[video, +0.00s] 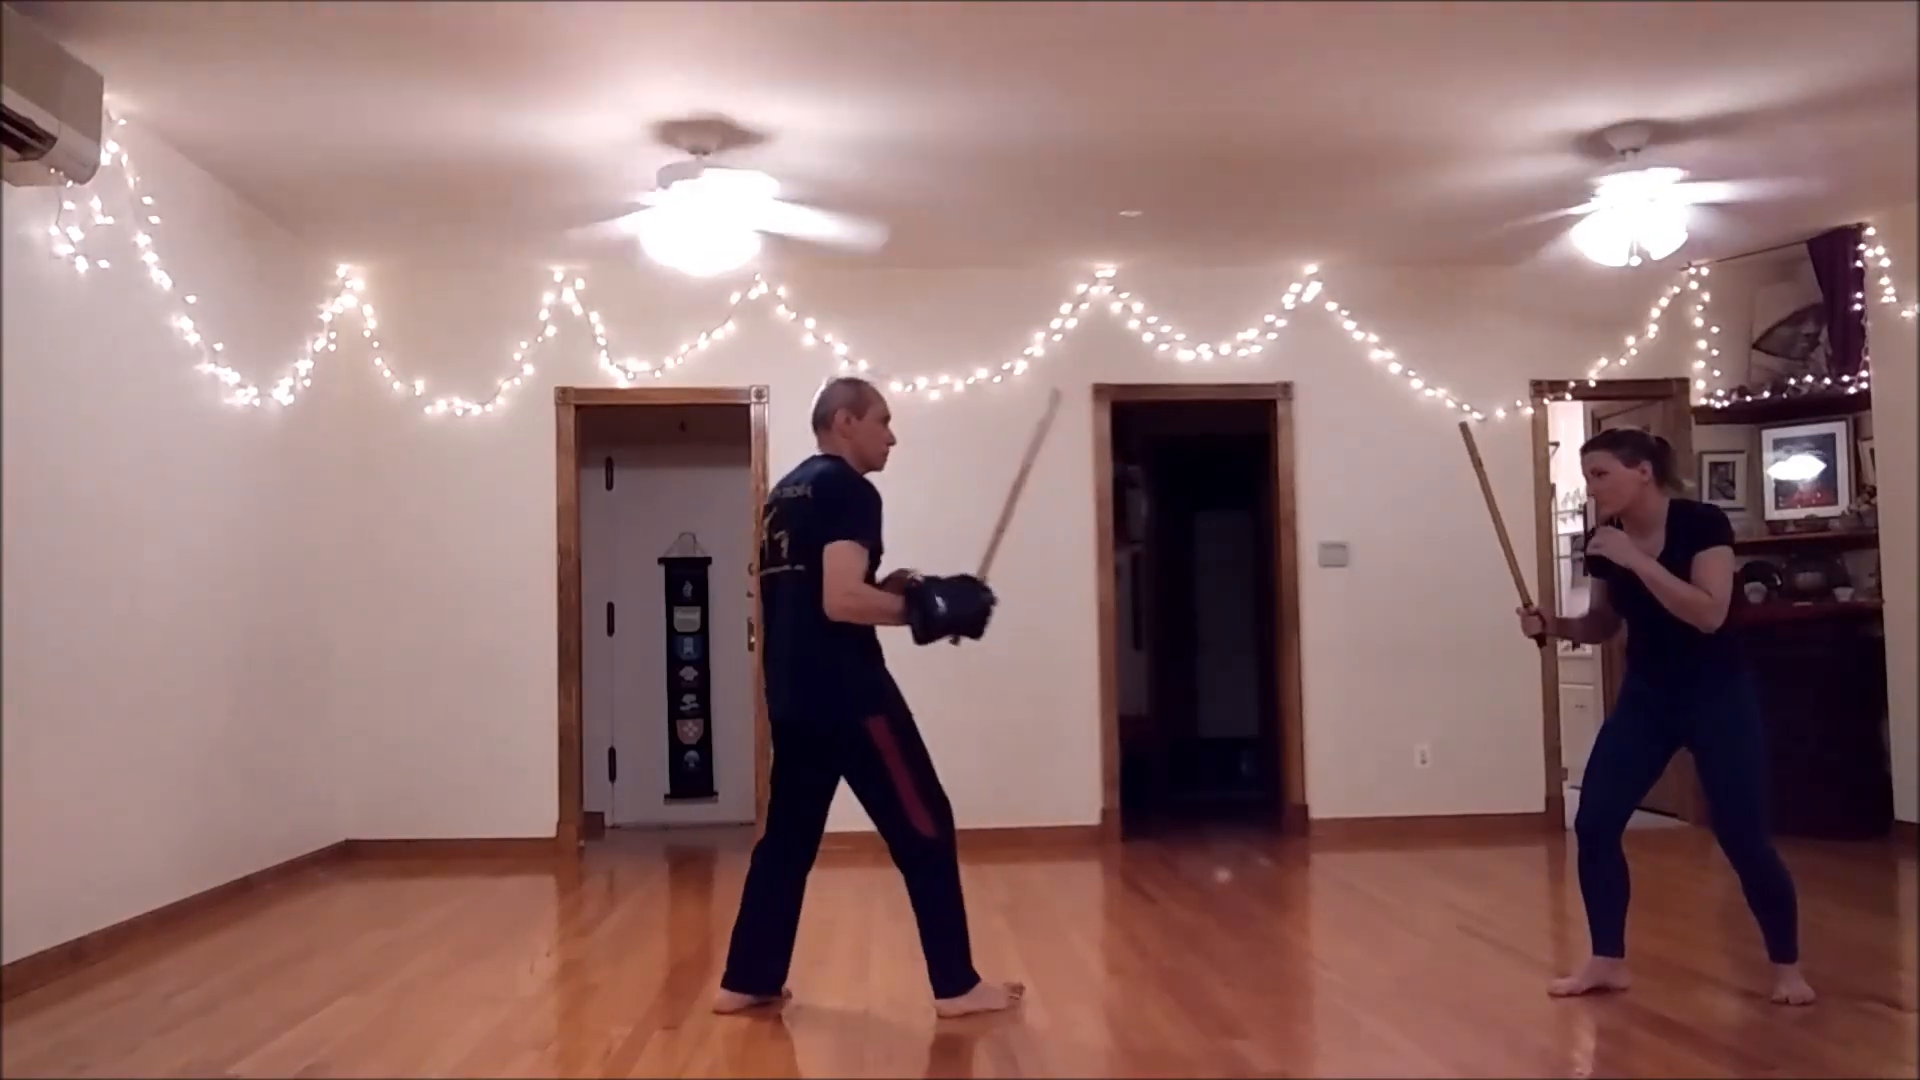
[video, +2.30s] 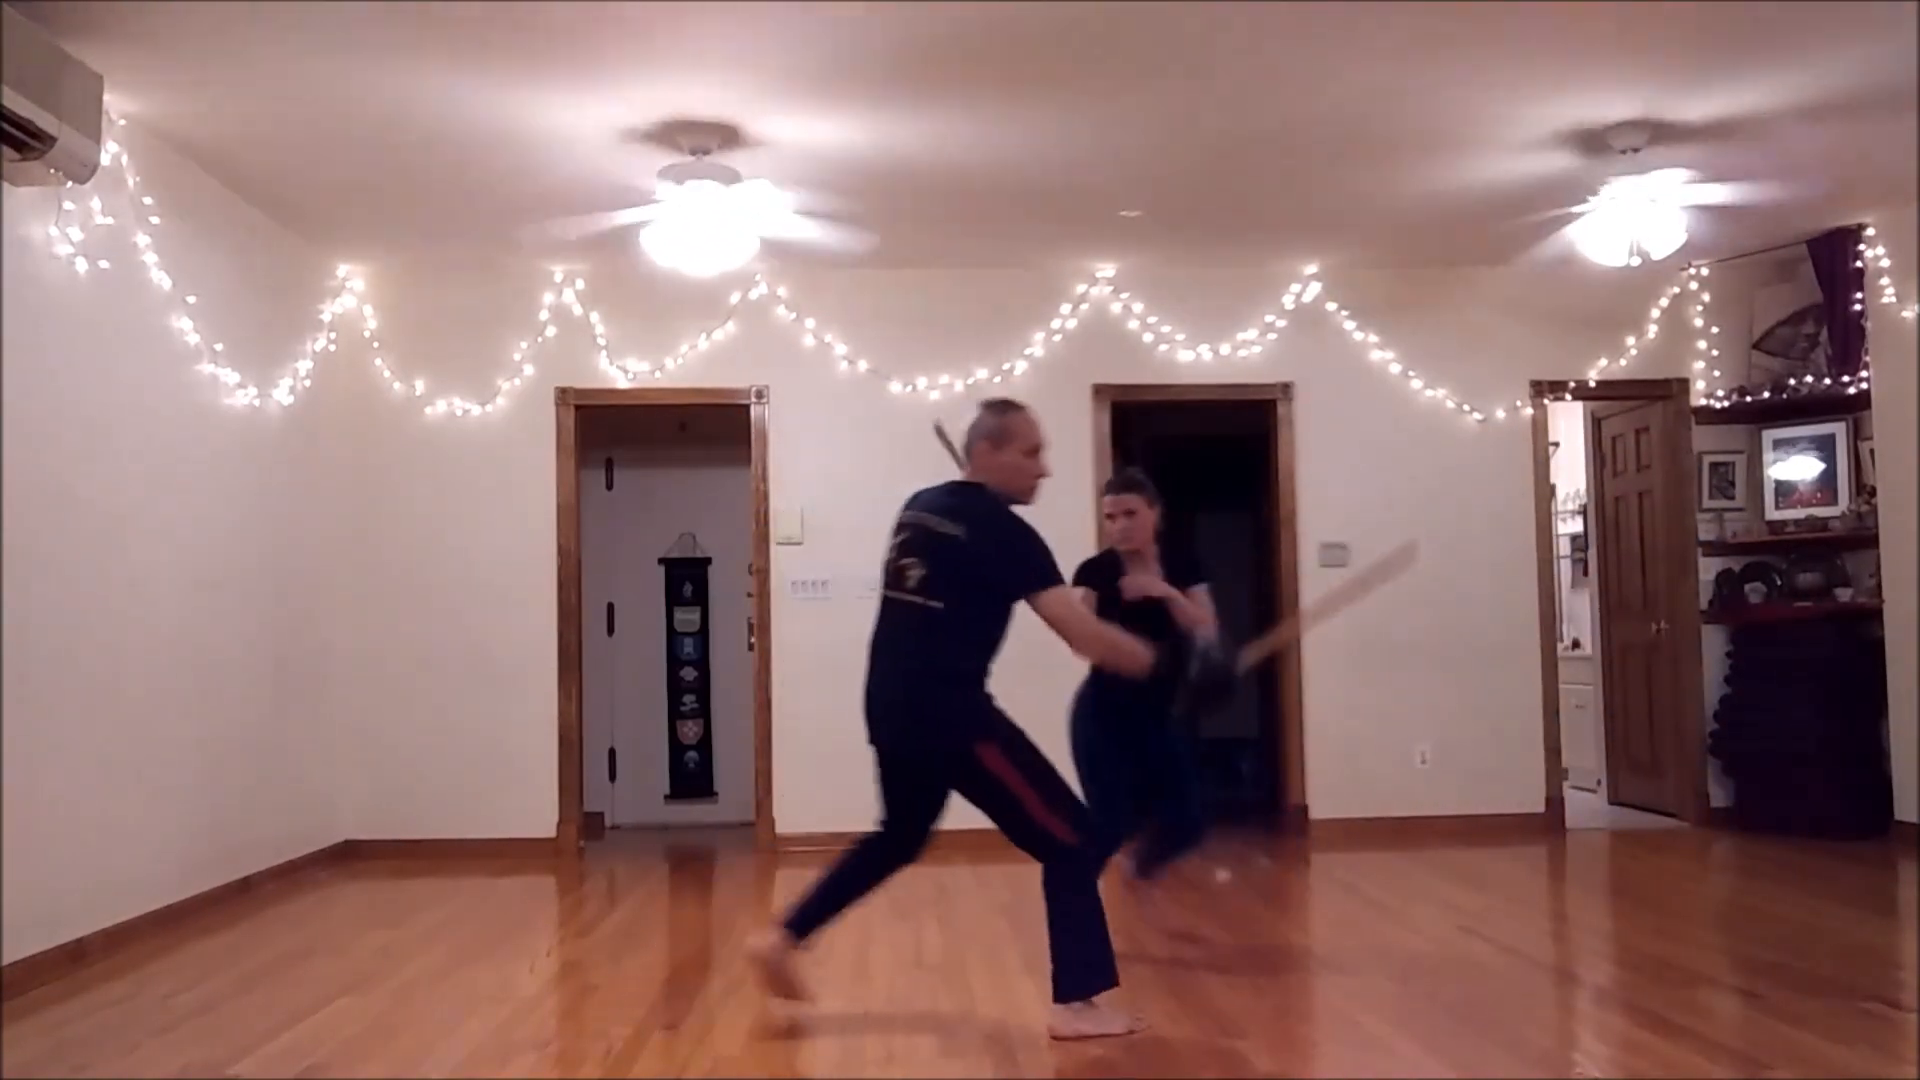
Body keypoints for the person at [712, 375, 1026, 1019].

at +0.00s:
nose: (892, 435)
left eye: (890, 423)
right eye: (883, 421)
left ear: (837, 424)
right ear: (845, 421)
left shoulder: (788, 490)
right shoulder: (847, 489)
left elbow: (803, 603)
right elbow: (843, 599)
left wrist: (881, 591)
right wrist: (924, 609)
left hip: (797, 697)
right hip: (854, 695)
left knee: (787, 839)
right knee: (925, 830)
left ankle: (747, 982)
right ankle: (956, 985)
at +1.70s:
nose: (849, 471)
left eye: (847, 459)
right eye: (841, 458)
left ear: (799, 460)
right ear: (808, 458)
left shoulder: (798, 526)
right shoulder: (787, 512)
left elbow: (826, 635)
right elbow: (769, 594)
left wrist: (870, 589)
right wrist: (838, 543)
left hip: (790, 714)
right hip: (825, 707)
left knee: (762, 843)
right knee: (936, 813)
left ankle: (662, 975)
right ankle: (901, 966)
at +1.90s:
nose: (846, 466)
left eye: (843, 456)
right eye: (835, 456)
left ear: (798, 471)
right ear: (802, 468)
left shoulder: (781, 533)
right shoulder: (796, 526)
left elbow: (799, 629)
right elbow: (828, 605)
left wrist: (858, 613)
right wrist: (854, 530)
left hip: (796, 728)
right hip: (832, 724)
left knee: (773, 855)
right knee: (962, 816)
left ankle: (667, 968)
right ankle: (941, 974)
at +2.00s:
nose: (876, 467)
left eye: (873, 456)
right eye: (864, 458)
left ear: (823, 470)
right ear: (824, 468)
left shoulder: (805, 533)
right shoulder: (829, 532)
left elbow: (917, 601)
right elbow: (923, 599)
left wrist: (955, 532)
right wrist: (959, 525)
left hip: (810, 733)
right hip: (853, 727)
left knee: (770, 850)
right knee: (986, 826)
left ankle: (664, 971)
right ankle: (1016, 989)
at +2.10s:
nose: (925, 459)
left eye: (920, 446)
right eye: (910, 448)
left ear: (872, 466)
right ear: (874, 463)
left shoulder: (838, 525)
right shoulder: (903, 527)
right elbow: (1013, 587)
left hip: (834, 729)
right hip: (890, 726)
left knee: (784, 840)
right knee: (1010, 836)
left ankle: (672, 958)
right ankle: (1071, 999)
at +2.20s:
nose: (993, 463)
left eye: (991, 450)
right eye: (983, 452)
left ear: (932, 459)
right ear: (948, 457)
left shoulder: (887, 515)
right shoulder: (967, 528)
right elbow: (1073, 593)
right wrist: (1144, 597)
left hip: (868, 716)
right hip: (926, 718)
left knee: (844, 839)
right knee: (1048, 833)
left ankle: (709, 939)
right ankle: (1074, 1001)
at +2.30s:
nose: (1043, 467)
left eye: (1042, 453)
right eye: (1032, 454)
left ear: (976, 457)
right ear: (988, 455)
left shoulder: (921, 506)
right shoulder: (1006, 533)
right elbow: (1085, 634)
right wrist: (1149, 658)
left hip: (892, 708)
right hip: (954, 713)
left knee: (901, 834)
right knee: (1071, 839)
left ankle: (787, 935)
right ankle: (1078, 1002)